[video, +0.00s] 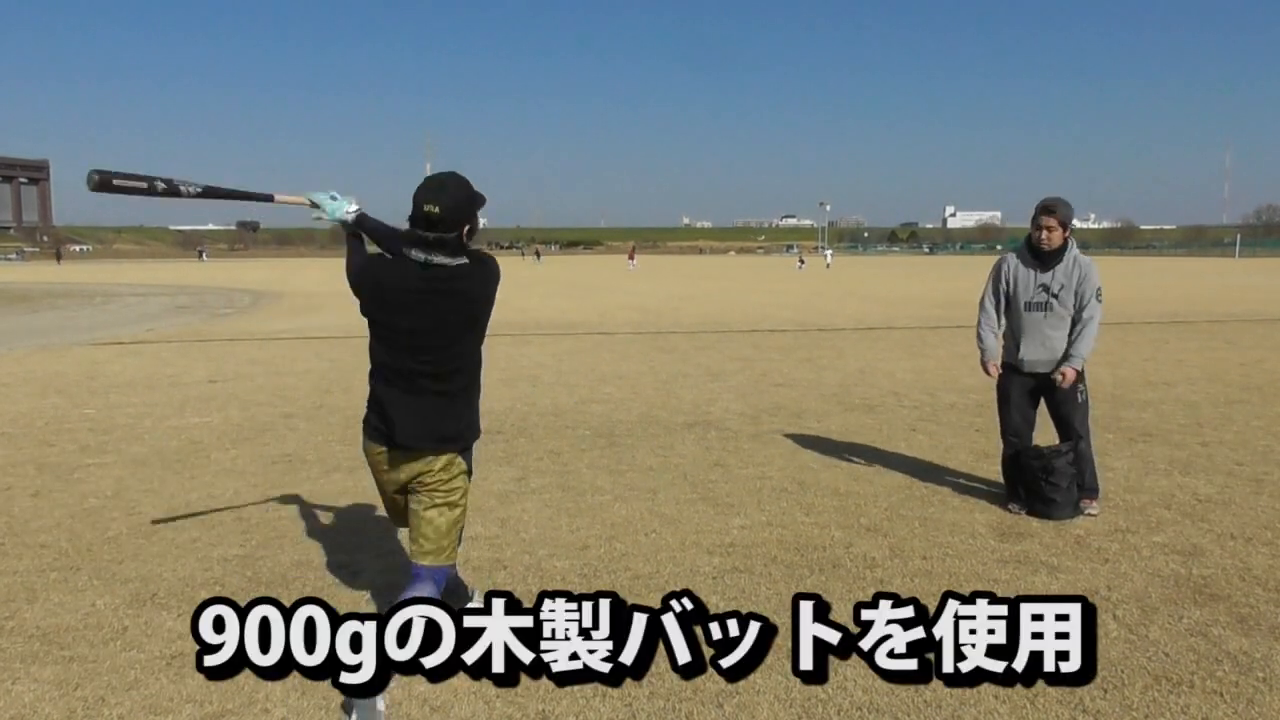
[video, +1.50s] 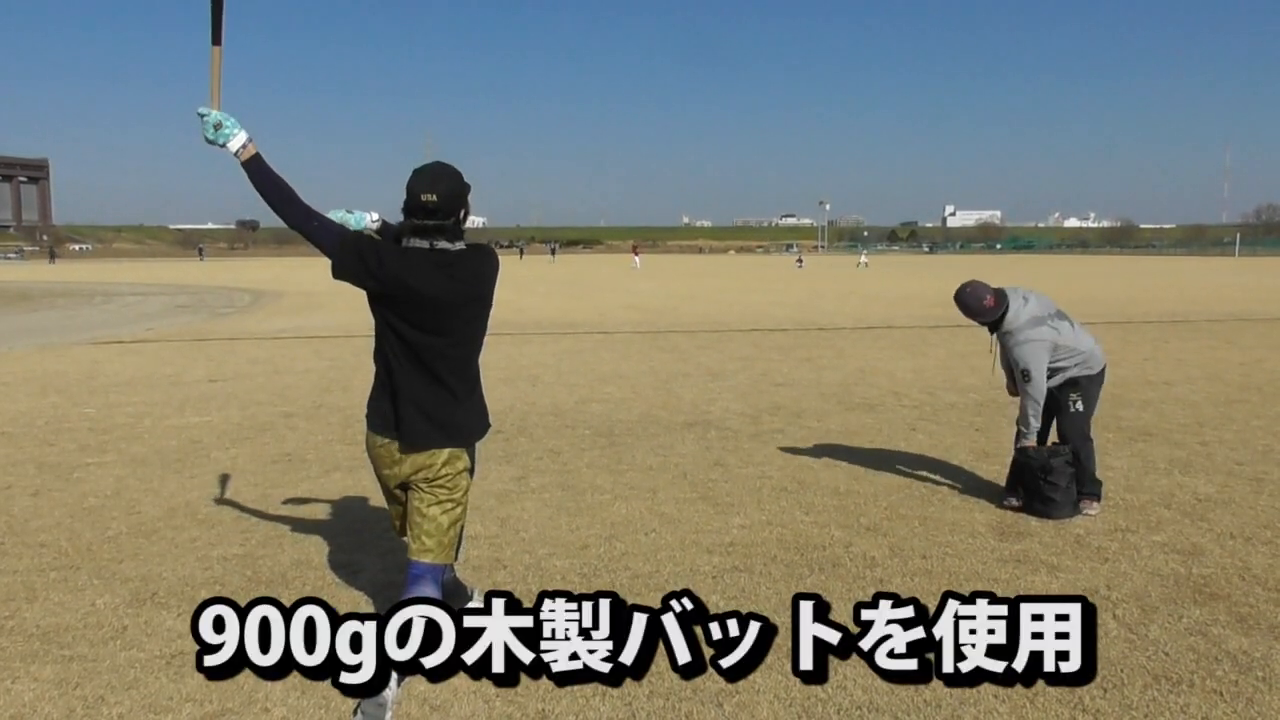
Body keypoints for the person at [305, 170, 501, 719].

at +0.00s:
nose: (476, 223)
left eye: (474, 216)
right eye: (473, 219)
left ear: (415, 220)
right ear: (463, 228)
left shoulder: (377, 272)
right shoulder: (482, 275)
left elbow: (355, 268)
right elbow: (417, 249)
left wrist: (351, 229)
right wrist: (359, 216)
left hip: (383, 437)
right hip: (445, 440)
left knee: (423, 537)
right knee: (428, 573)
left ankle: (464, 605)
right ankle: (369, 684)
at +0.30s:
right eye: (449, 217)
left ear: (397, 226)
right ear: (450, 224)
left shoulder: (373, 279)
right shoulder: (469, 264)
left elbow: (285, 246)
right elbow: (404, 252)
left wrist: (230, 186)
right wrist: (344, 238)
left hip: (388, 443)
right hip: (451, 442)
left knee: (424, 543)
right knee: (429, 574)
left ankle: (466, 606)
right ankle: (388, 689)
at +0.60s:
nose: (451, 217)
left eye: (418, 212)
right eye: (456, 209)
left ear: (405, 216)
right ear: (462, 218)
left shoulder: (380, 267)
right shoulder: (479, 264)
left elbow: (299, 223)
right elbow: (418, 243)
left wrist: (237, 158)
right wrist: (360, 217)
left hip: (388, 437)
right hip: (451, 440)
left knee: (425, 543)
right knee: (427, 573)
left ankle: (469, 612)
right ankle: (388, 688)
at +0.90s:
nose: (465, 213)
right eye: (465, 206)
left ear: (410, 213)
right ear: (466, 216)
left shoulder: (385, 262)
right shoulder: (485, 263)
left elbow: (303, 218)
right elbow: (432, 240)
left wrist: (238, 156)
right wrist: (375, 214)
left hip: (390, 433)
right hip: (452, 437)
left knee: (422, 536)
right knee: (428, 572)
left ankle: (464, 605)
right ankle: (383, 691)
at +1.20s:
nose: (461, 212)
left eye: (420, 208)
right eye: (464, 205)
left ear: (409, 213)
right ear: (465, 215)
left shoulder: (383, 261)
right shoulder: (483, 264)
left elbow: (302, 216)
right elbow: (431, 242)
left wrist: (242, 150)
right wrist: (378, 222)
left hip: (386, 433)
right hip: (449, 438)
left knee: (421, 539)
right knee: (427, 570)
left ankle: (465, 607)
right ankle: (384, 687)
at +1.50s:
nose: (460, 212)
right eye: (463, 205)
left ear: (408, 211)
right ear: (465, 216)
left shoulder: (380, 259)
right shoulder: (482, 264)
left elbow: (301, 215)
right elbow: (434, 248)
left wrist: (245, 148)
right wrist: (379, 231)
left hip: (385, 433)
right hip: (447, 438)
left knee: (420, 537)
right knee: (426, 571)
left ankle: (462, 606)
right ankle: (384, 687)